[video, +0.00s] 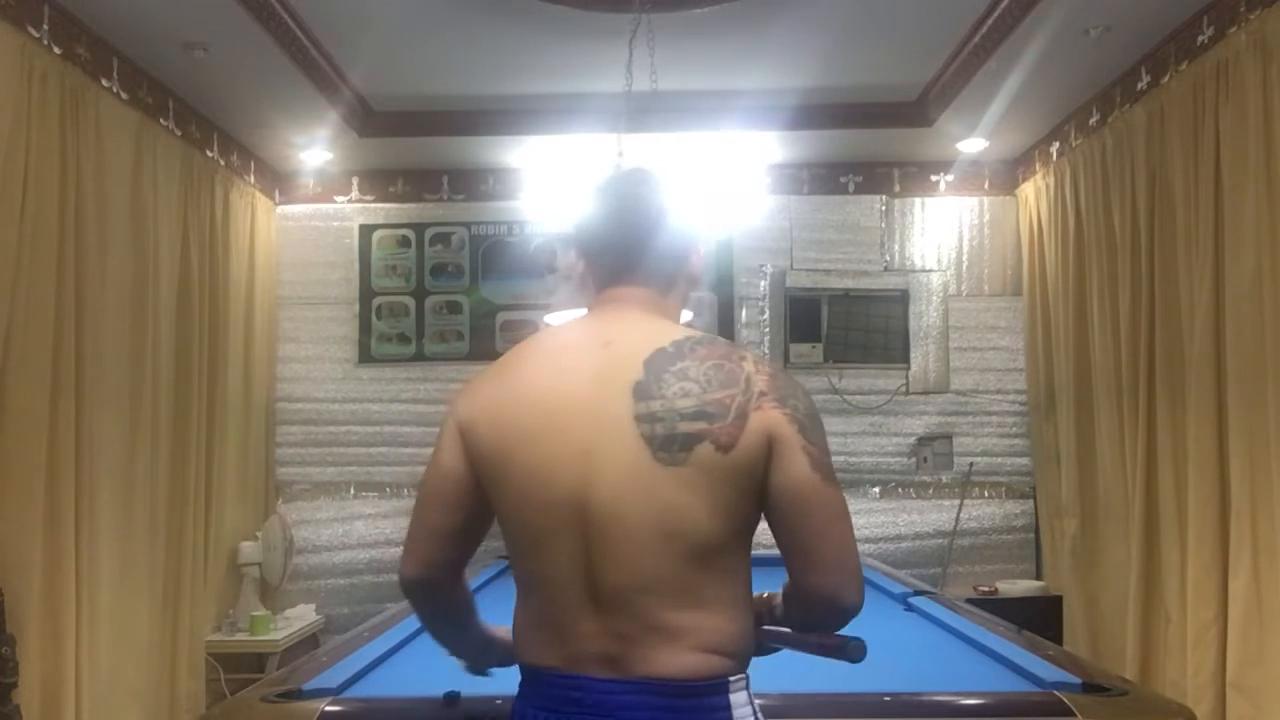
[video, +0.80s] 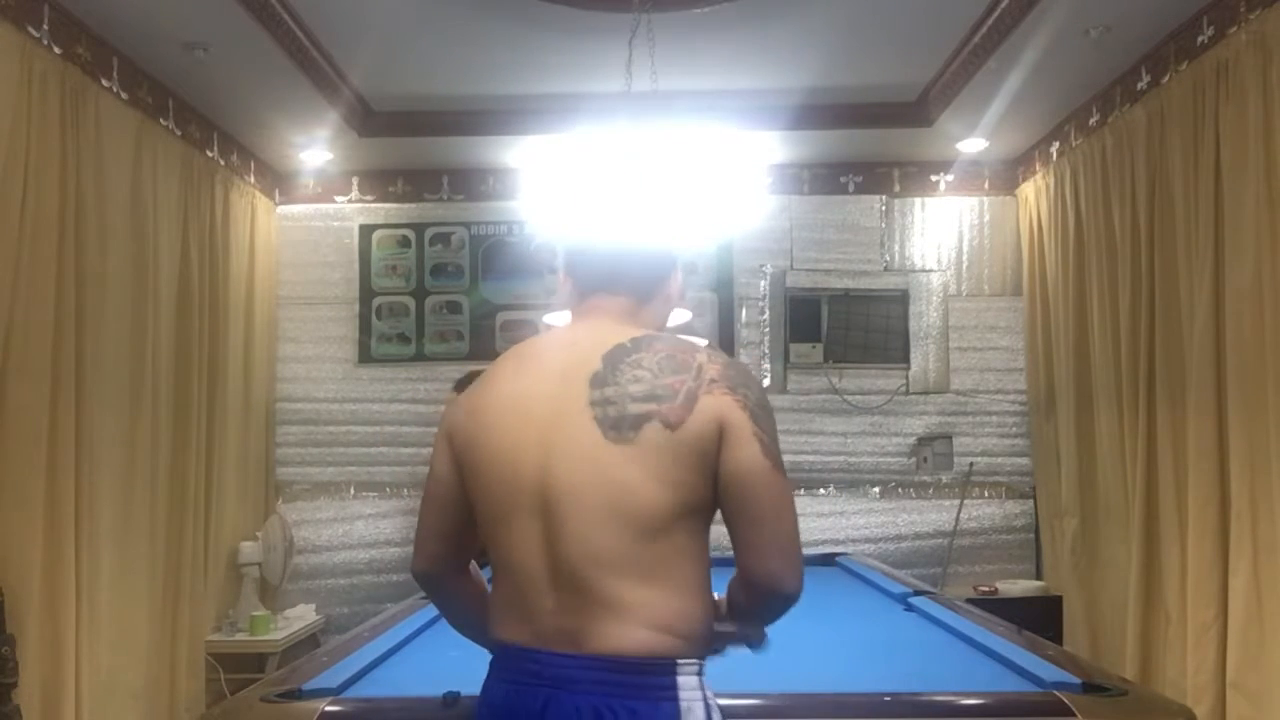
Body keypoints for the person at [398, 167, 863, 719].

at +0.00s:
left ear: (581, 264)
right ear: (693, 264)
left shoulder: (493, 388)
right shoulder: (758, 387)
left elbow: (425, 571)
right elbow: (834, 594)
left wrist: (477, 647)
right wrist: (775, 613)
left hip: (549, 699)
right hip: (700, 701)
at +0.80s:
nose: (680, 291)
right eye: (681, 277)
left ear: (566, 277)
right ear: (674, 284)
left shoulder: (481, 390)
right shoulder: (715, 381)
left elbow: (435, 564)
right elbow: (775, 576)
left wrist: (511, 638)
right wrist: (734, 615)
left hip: (512, 695)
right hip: (656, 698)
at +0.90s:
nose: (677, 295)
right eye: (677, 282)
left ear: (565, 287)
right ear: (669, 289)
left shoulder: (487, 390)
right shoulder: (698, 377)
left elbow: (435, 565)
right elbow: (768, 570)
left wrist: (510, 636)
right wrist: (714, 597)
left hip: (505, 694)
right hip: (641, 697)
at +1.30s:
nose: (664, 349)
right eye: (663, 342)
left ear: (558, 340)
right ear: (652, 340)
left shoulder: (490, 409)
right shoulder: (666, 390)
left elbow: (447, 568)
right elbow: (737, 554)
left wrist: (502, 639)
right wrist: (708, 648)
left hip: (477, 683)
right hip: (603, 685)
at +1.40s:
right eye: (660, 352)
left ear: (559, 348)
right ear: (651, 346)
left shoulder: (492, 413)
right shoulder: (663, 392)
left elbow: (460, 578)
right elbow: (729, 553)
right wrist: (702, 644)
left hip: (475, 677)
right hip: (595, 678)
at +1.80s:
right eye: (654, 367)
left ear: (570, 374)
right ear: (644, 364)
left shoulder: (501, 438)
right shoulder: (654, 403)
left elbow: (488, 586)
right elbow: (711, 543)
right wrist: (685, 649)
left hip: (474, 649)